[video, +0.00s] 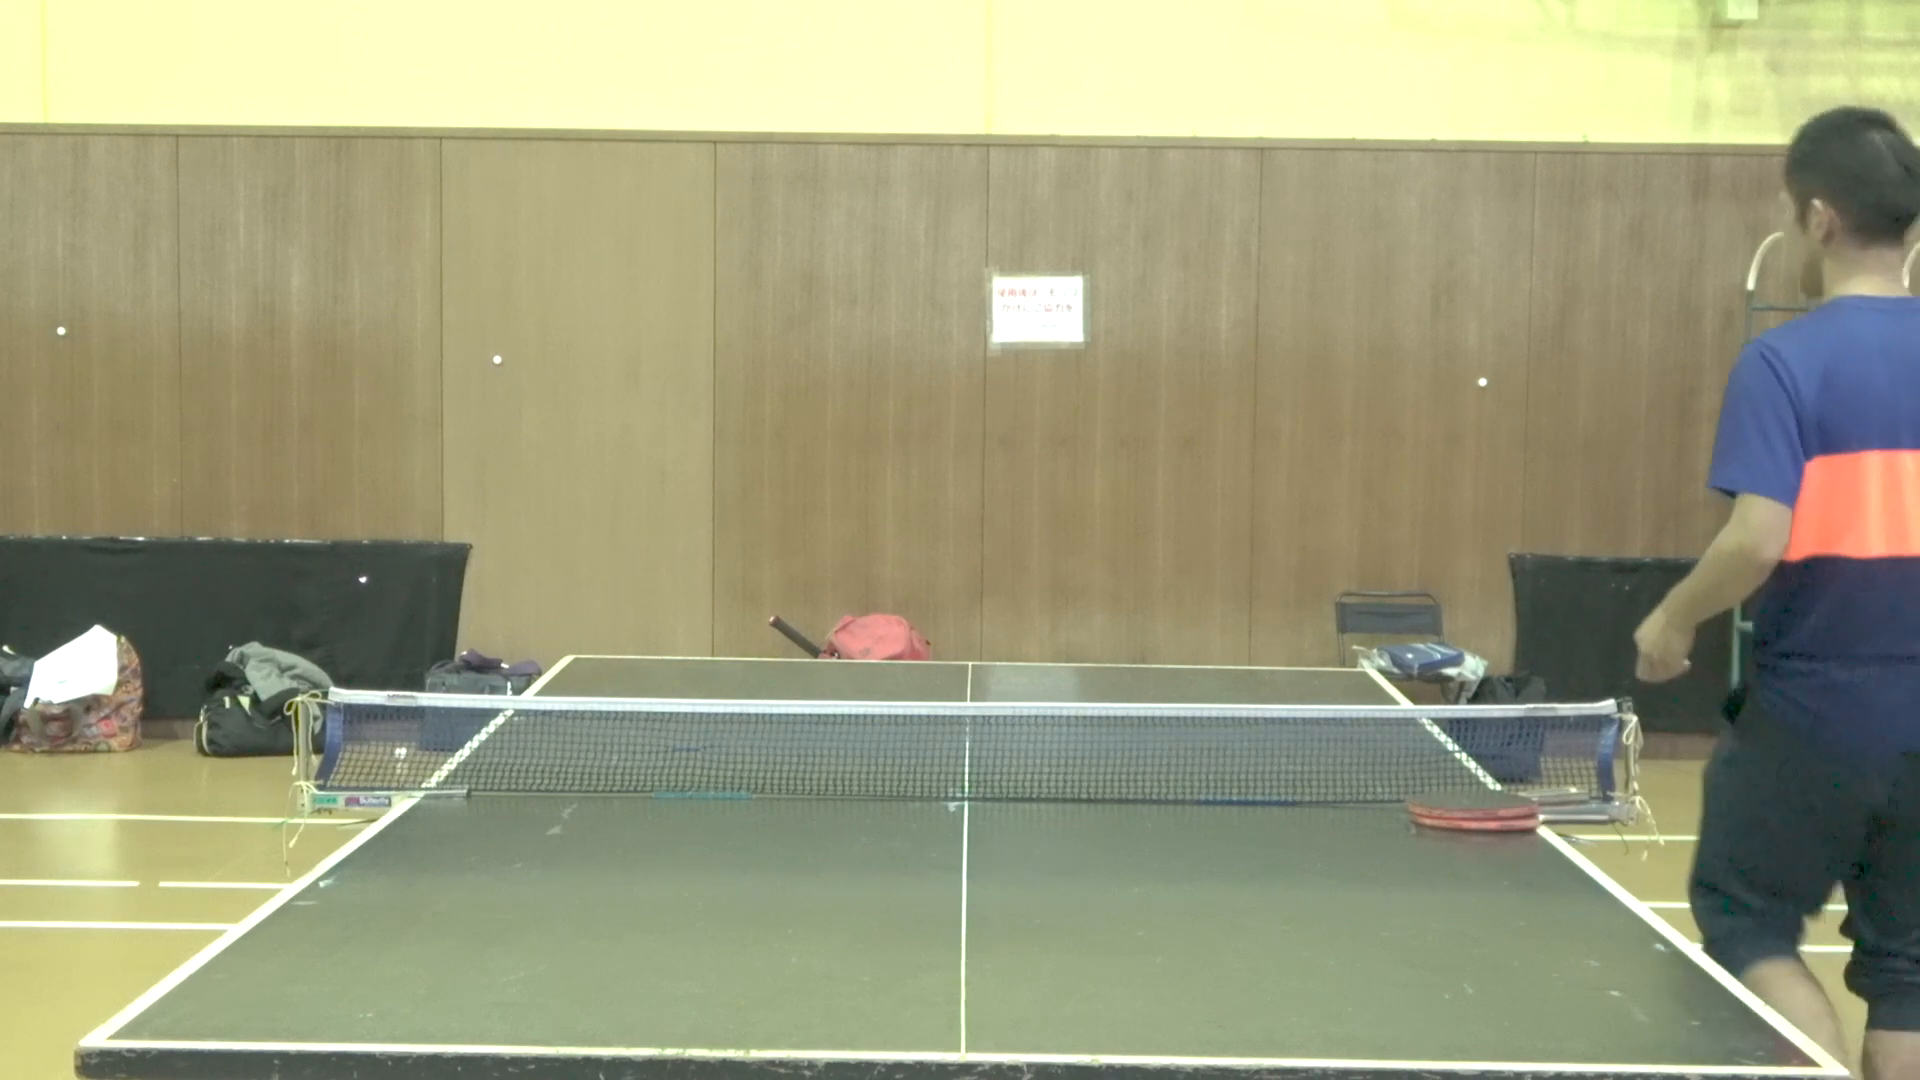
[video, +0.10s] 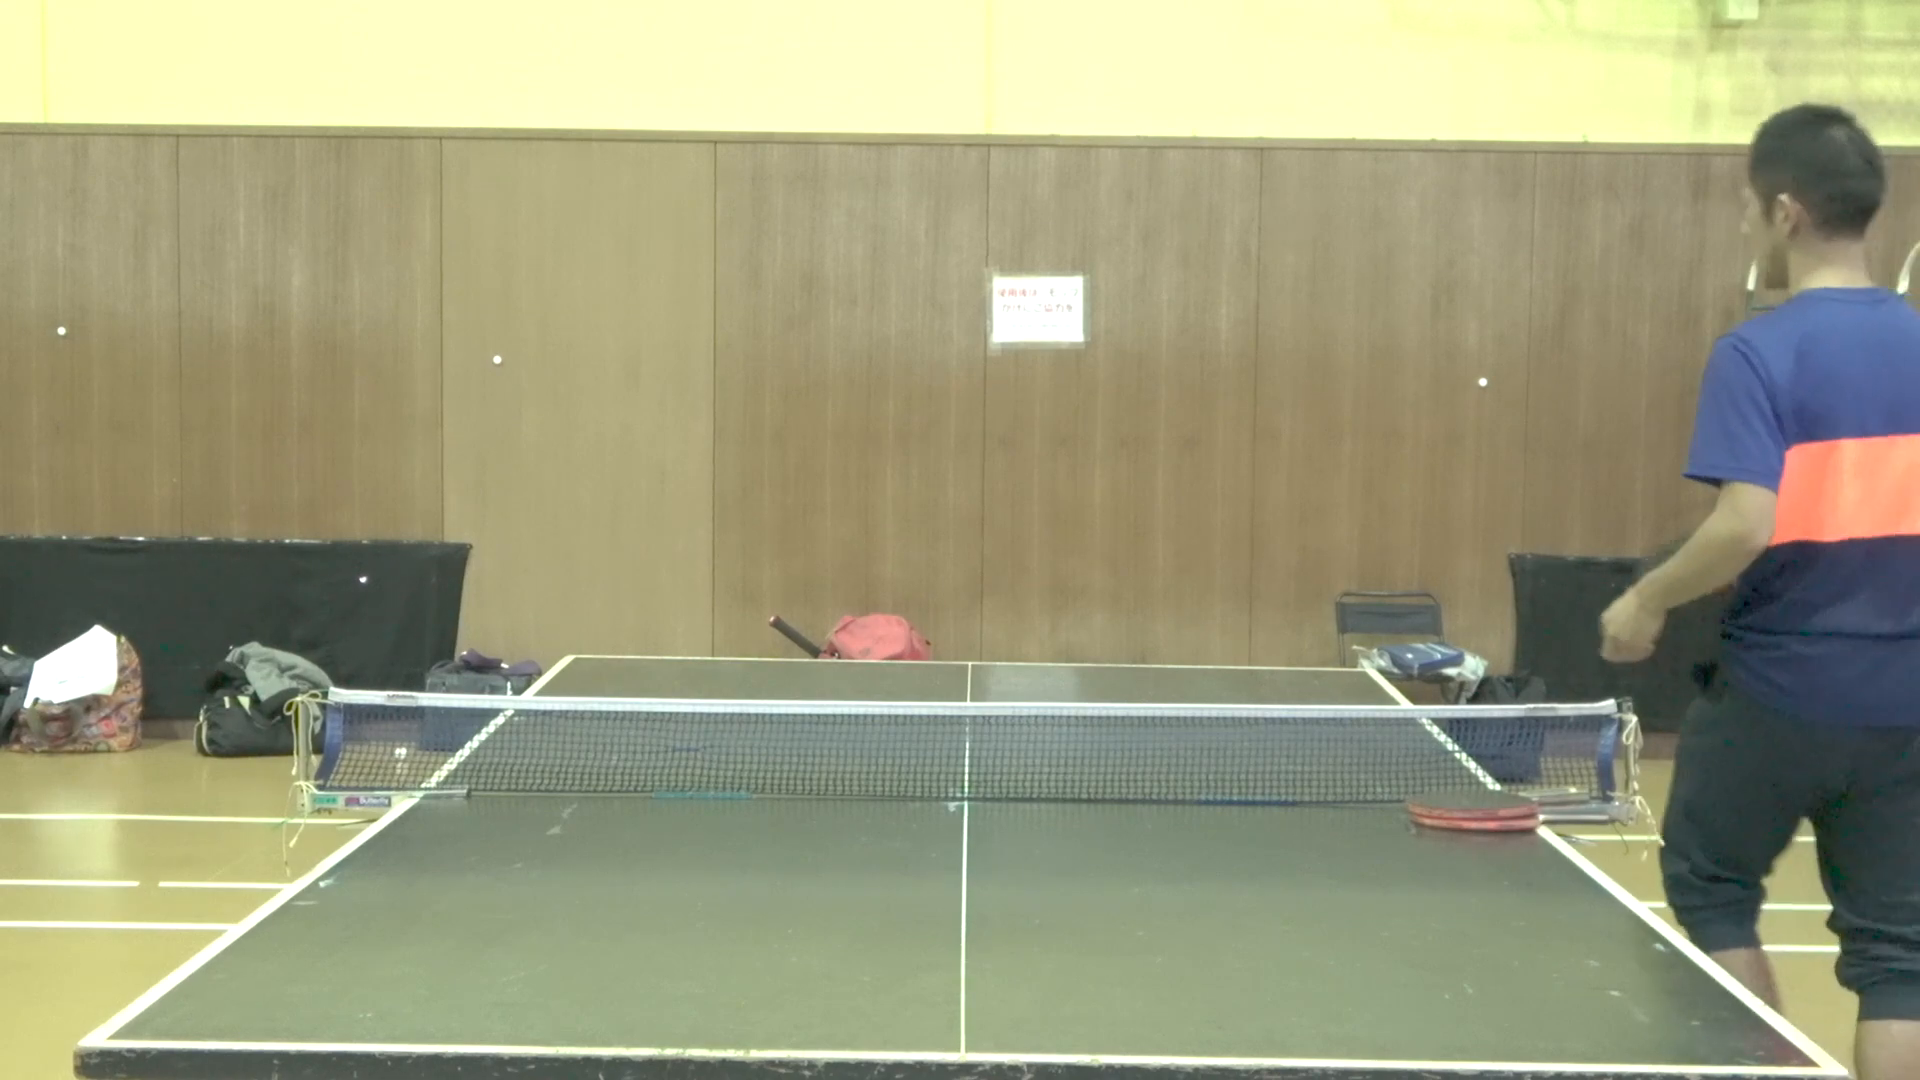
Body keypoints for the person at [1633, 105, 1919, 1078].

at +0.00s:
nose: (1791, 224)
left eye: (1794, 206)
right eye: (1791, 205)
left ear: (1823, 218)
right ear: (1905, 214)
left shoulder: (1787, 358)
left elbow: (1759, 534)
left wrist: (1674, 617)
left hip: (1826, 709)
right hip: (1917, 713)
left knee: (1743, 918)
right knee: (1903, 962)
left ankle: (1840, 1072)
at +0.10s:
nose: (1752, 224)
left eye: (1755, 204)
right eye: (1752, 204)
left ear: (1788, 210)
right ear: (1871, 208)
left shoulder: (1759, 350)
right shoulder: (1912, 337)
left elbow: (1746, 520)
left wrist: (1646, 597)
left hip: (1789, 690)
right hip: (1907, 695)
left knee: (1708, 884)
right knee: (1895, 951)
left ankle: (1781, 1076)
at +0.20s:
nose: (1698, 242)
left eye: (1706, 221)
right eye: (1702, 221)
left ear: (1748, 228)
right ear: (1813, 228)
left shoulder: (1726, 366)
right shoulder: (1895, 364)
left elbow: (1721, 529)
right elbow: (1900, 533)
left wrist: (1604, 596)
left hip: (1751, 700)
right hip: (1881, 701)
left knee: (1689, 934)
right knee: (1877, 949)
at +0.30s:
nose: (1646, 258)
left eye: (1657, 237)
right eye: (1650, 237)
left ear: (1702, 243)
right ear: (1753, 243)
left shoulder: (1680, 380)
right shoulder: (1835, 371)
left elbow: (1674, 544)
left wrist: (1543, 591)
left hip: (1707, 695)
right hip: (1829, 693)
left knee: (1651, 923)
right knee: (1836, 922)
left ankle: (1632, 1076)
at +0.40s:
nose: (1600, 268)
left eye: (1608, 246)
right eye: (1600, 247)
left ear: (1656, 248)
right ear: (1694, 246)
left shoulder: (1641, 381)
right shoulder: (1790, 369)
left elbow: (1631, 540)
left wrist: (1497, 571)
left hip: (1666, 676)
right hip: (1777, 677)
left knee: (1610, 890)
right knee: (1767, 881)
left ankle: (1597, 1055)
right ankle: (1807, 1058)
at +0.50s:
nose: (1560, 264)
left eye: (1568, 241)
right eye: (1558, 242)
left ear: (1624, 240)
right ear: (1640, 238)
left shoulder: (1612, 365)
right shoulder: (1747, 348)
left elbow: (1596, 524)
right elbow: (1789, 491)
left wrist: (1467, 553)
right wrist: (1714, 547)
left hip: (1642, 656)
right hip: (1739, 652)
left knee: (1605, 862)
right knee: (1704, 838)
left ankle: (1604, 1051)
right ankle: (1732, 1037)